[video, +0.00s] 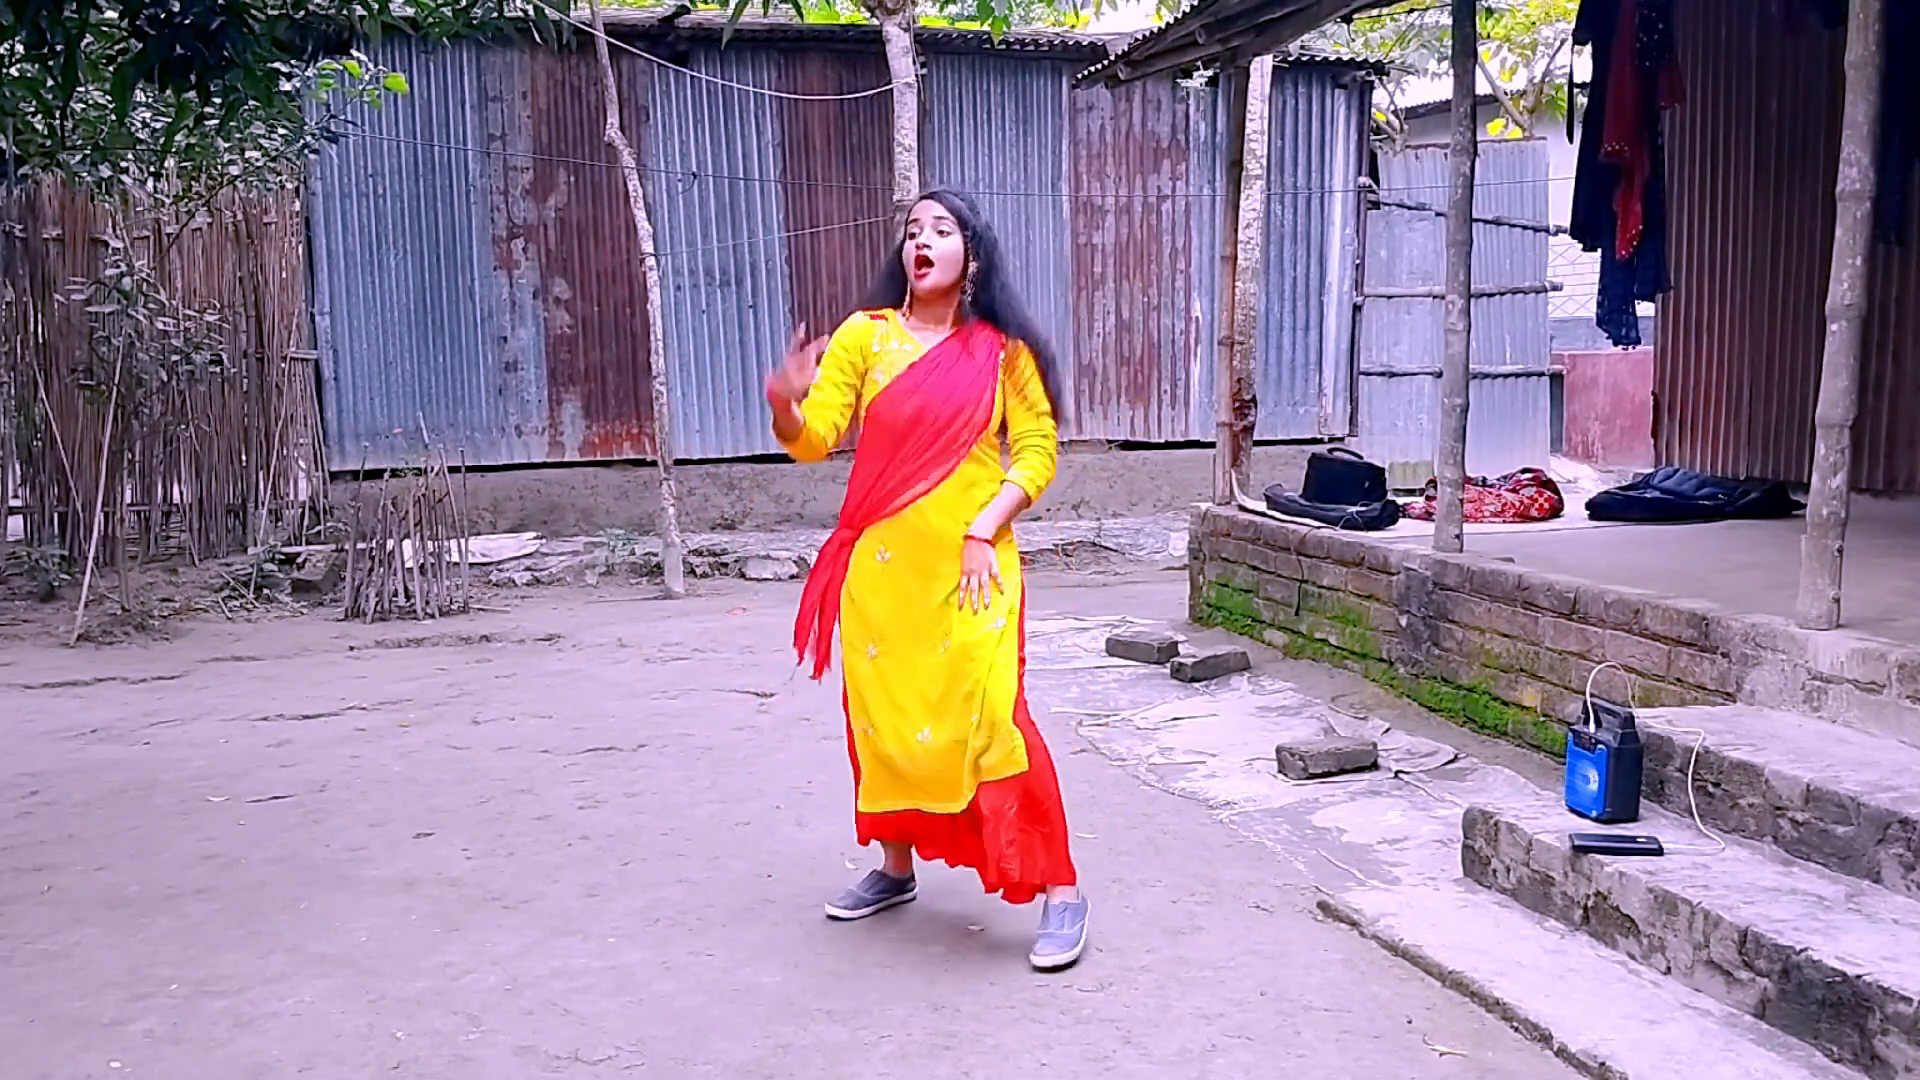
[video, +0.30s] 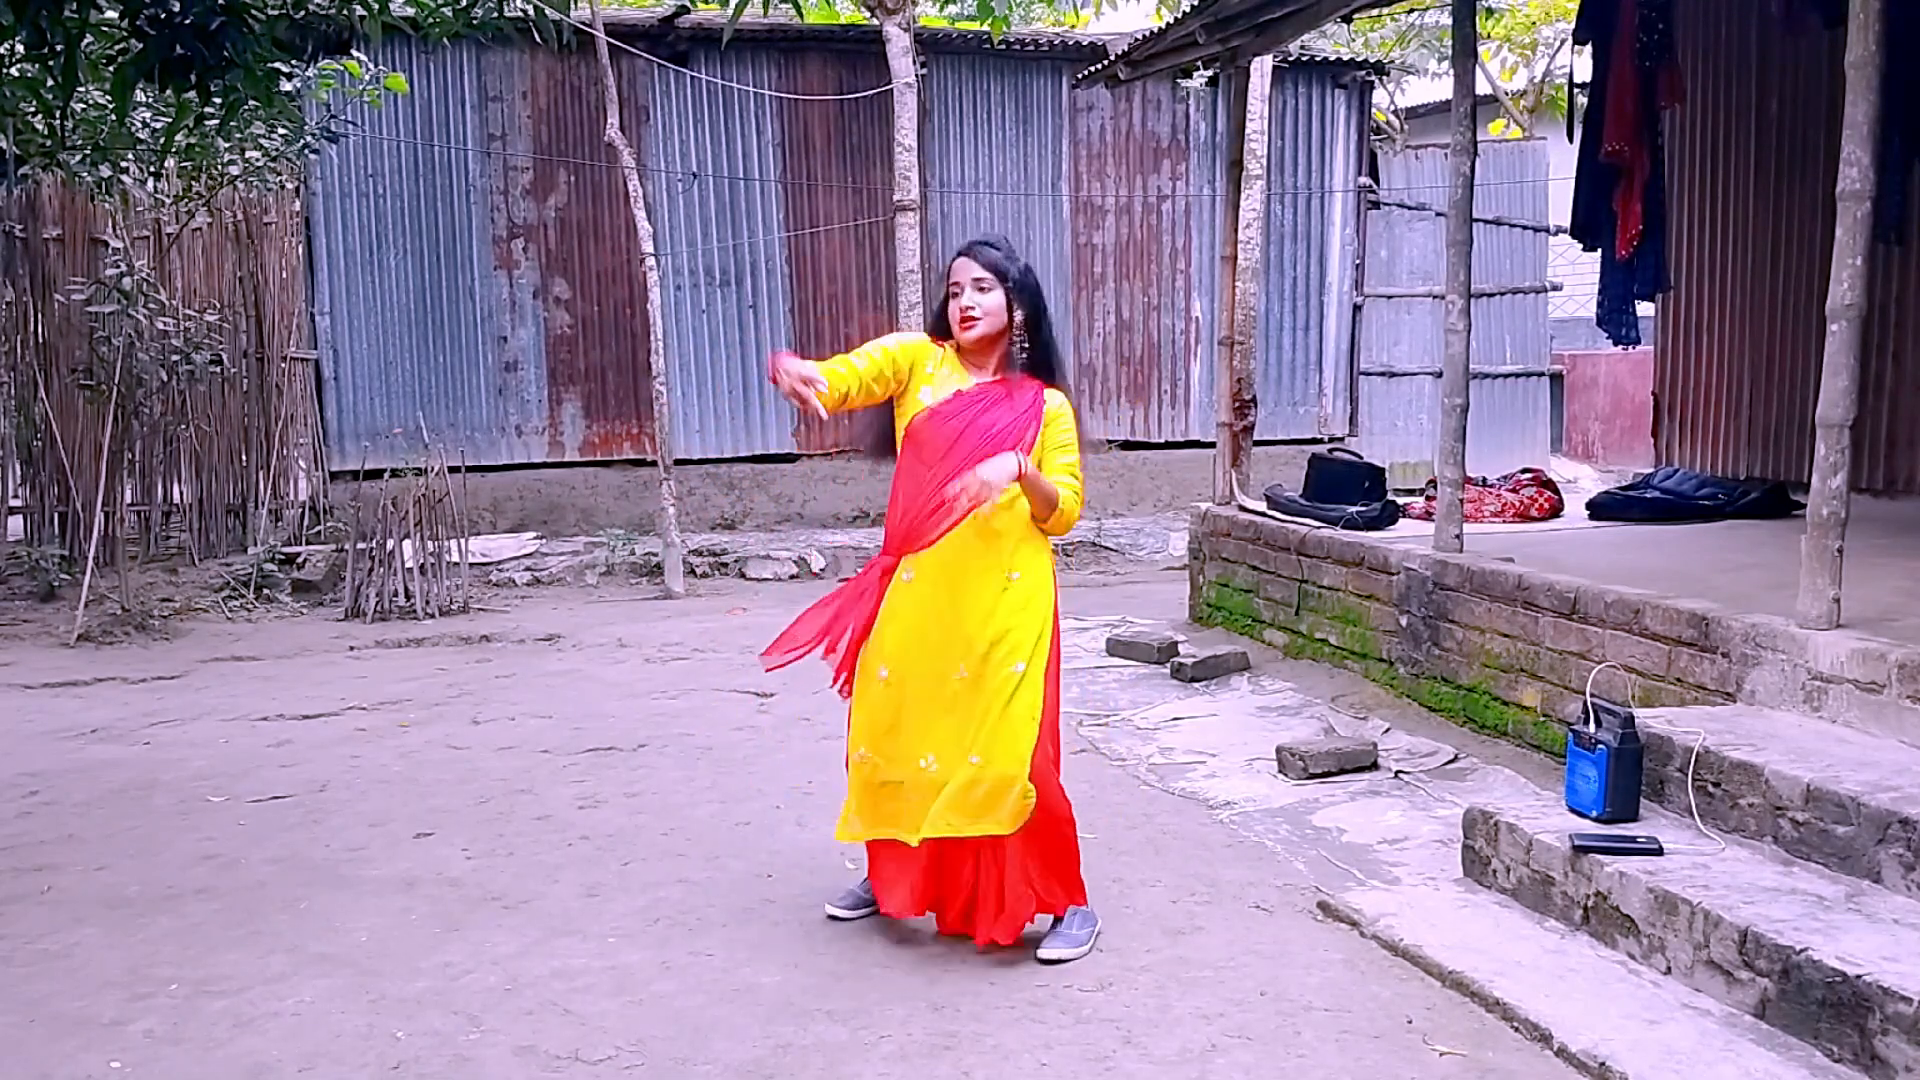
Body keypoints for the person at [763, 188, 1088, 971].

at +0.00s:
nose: (923, 242)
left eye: (940, 231)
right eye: (914, 232)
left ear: (971, 256)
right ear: (901, 255)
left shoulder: (1005, 352)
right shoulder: (863, 333)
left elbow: (1037, 453)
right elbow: (813, 441)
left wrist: (984, 529)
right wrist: (784, 407)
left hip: (972, 555)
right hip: (879, 555)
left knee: (994, 714)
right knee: (878, 712)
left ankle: (1060, 893)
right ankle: (894, 866)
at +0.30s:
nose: (965, 300)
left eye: (982, 287)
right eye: (955, 291)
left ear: (1017, 303)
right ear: (945, 305)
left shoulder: (1045, 404)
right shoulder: (916, 357)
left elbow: (1063, 513)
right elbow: (846, 378)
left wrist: (1022, 469)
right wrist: (805, 377)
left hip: (1009, 595)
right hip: (916, 586)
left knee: (1020, 747)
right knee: (884, 725)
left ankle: (1070, 905)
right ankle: (886, 873)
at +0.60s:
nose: (954, 274)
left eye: (970, 260)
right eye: (946, 263)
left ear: (1008, 269)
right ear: (941, 277)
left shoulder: (1037, 352)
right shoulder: (961, 360)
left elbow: (999, 452)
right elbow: (947, 475)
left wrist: (937, 407)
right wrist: (881, 501)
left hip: (984, 564)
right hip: (919, 559)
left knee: (1004, 728)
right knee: (900, 710)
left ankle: (1064, 900)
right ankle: (915, 872)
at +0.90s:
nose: (935, 189)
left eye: (952, 177)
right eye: (931, 177)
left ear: (991, 193)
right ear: (925, 195)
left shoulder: (1019, 273)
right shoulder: (912, 290)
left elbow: (1029, 385)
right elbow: (875, 409)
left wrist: (968, 318)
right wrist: (820, 351)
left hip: (992, 508)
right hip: (913, 509)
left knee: (994, 685)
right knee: (901, 673)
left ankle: (1050, 868)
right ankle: (930, 832)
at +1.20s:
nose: (929, 227)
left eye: (947, 215)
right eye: (920, 216)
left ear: (984, 230)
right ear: (912, 232)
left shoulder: (1020, 314)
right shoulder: (893, 323)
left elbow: (1041, 391)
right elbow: (818, 414)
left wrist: (940, 324)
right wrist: (864, 349)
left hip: (991, 544)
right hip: (905, 545)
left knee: (1013, 716)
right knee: (902, 702)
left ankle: (1057, 898)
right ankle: (913, 875)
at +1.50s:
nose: (917, 251)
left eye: (933, 233)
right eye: (904, 238)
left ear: (966, 244)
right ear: (892, 253)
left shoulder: (988, 334)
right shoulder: (879, 332)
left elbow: (1028, 315)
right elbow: (847, 299)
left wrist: (1004, 249)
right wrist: (871, 240)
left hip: (977, 531)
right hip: (889, 534)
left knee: (985, 711)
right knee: (842, 698)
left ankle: (1049, 897)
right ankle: (857, 868)